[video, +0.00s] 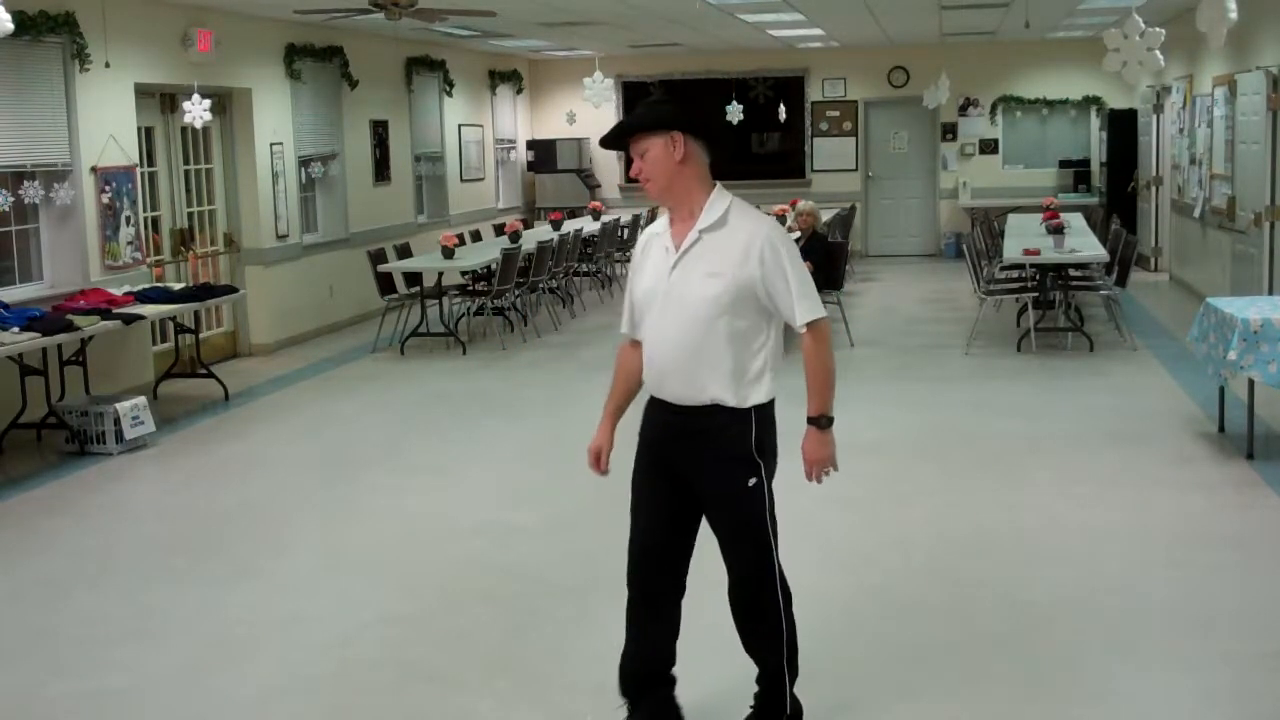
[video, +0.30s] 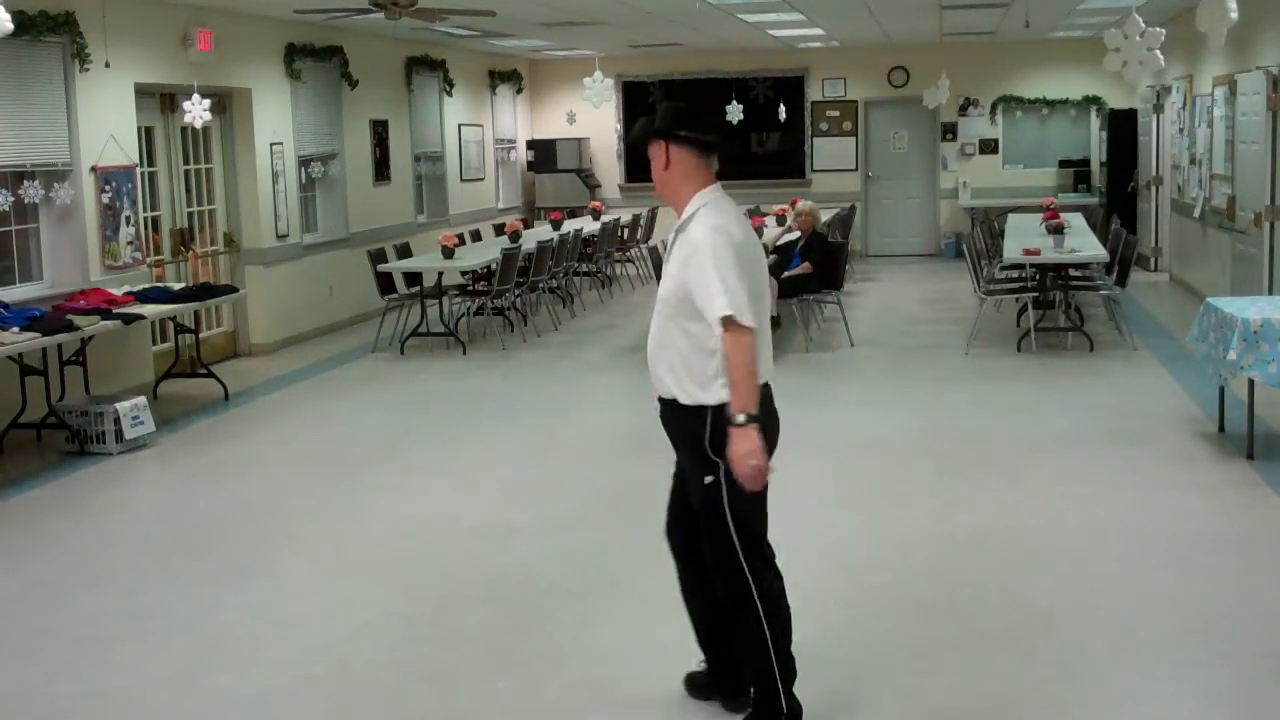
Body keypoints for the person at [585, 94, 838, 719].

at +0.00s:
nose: (632, 171)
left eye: (640, 156)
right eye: (630, 159)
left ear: (677, 149)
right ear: (667, 155)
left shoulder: (757, 233)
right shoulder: (650, 241)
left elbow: (815, 326)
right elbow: (634, 342)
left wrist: (819, 424)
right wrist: (607, 421)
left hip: (736, 428)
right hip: (663, 428)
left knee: (754, 577)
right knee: (650, 578)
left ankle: (778, 701)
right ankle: (649, 706)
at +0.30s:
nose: (650, 175)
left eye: (650, 162)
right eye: (650, 163)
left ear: (667, 156)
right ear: (698, 157)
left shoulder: (712, 229)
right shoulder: (704, 222)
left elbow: (738, 330)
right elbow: (724, 329)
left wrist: (744, 424)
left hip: (721, 419)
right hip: (700, 414)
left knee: (739, 561)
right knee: (690, 537)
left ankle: (776, 703)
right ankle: (729, 672)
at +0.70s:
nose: (644, 175)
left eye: (641, 166)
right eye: (664, 167)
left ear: (642, 169)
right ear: (695, 169)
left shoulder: (627, 241)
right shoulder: (739, 237)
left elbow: (583, 340)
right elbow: (776, 332)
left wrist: (552, 402)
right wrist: (789, 403)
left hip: (667, 410)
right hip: (735, 403)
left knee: (681, 552)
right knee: (713, 527)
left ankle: (718, 697)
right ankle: (719, 636)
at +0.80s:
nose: (640, 179)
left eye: (636, 171)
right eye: (656, 170)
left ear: (636, 173)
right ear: (688, 173)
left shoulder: (612, 246)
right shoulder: (732, 238)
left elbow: (568, 346)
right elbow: (772, 330)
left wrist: (554, 386)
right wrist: (793, 404)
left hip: (654, 412)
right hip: (725, 404)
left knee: (681, 551)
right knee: (700, 531)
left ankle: (718, 696)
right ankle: (677, 643)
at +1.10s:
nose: (647, 166)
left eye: (626, 157)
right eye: (659, 156)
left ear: (616, 160)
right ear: (667, 160)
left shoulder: (587, 230)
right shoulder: (704, 218)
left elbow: (585, 322)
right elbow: (737, 299)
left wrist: (625, 356)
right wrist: (778, 372)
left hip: (619, 388)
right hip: (693, 384)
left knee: (611, 497)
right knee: (689, 513)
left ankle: (626, 627)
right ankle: (677, 649)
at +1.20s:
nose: (643, 174)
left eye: (619, 166)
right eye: (652, 166)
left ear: (609, 169)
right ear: (659, 169)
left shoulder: (580, 235)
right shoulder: (690, 224)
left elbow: (574, 317)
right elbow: (723, 301)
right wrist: (767, 369)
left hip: (611, 391)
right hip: (683, 386)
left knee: (606, 500)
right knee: (687, 513)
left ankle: (593, 612)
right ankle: (676, 649)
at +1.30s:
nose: (647, 183)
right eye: (649, 176)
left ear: (601, 178)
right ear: (651, 178)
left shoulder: (572, 243)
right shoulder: (673, 231)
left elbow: (568, 324)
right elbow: (705, 311)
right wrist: (749, 373)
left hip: (602, 395)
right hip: (671, 388)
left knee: (597, 499)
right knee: (685, 515)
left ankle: (583, 593)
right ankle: (676, 651)